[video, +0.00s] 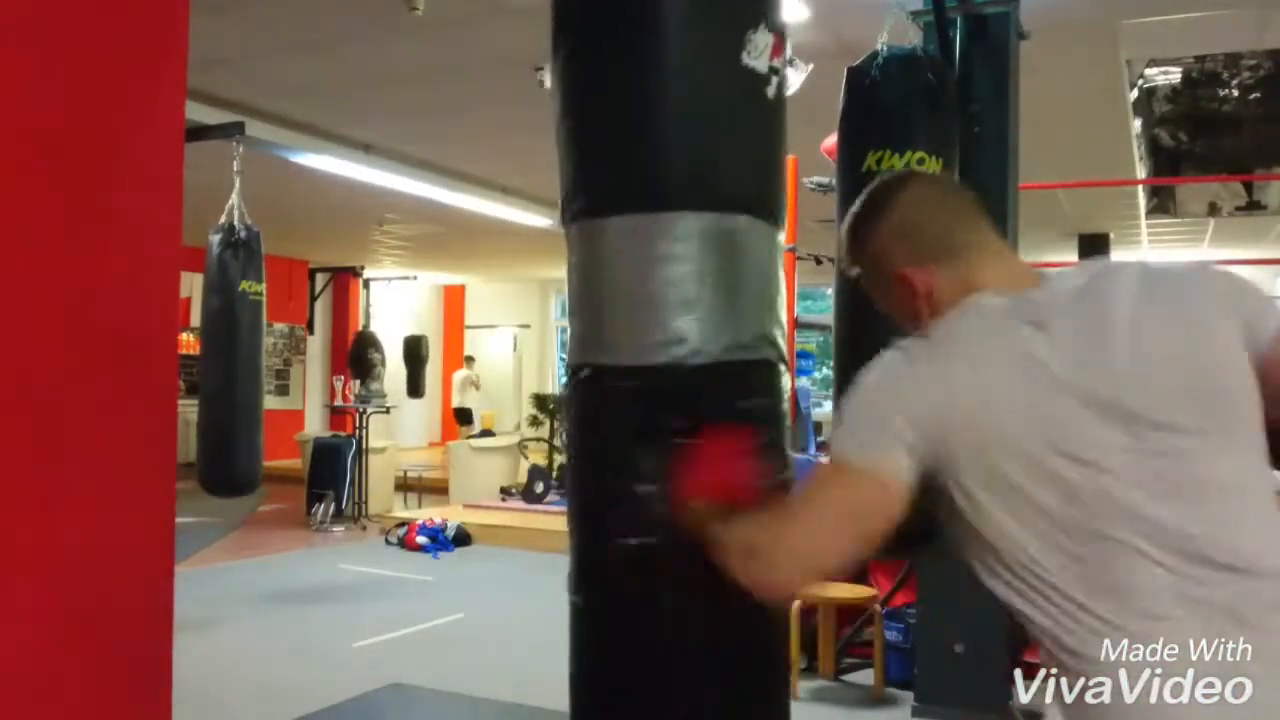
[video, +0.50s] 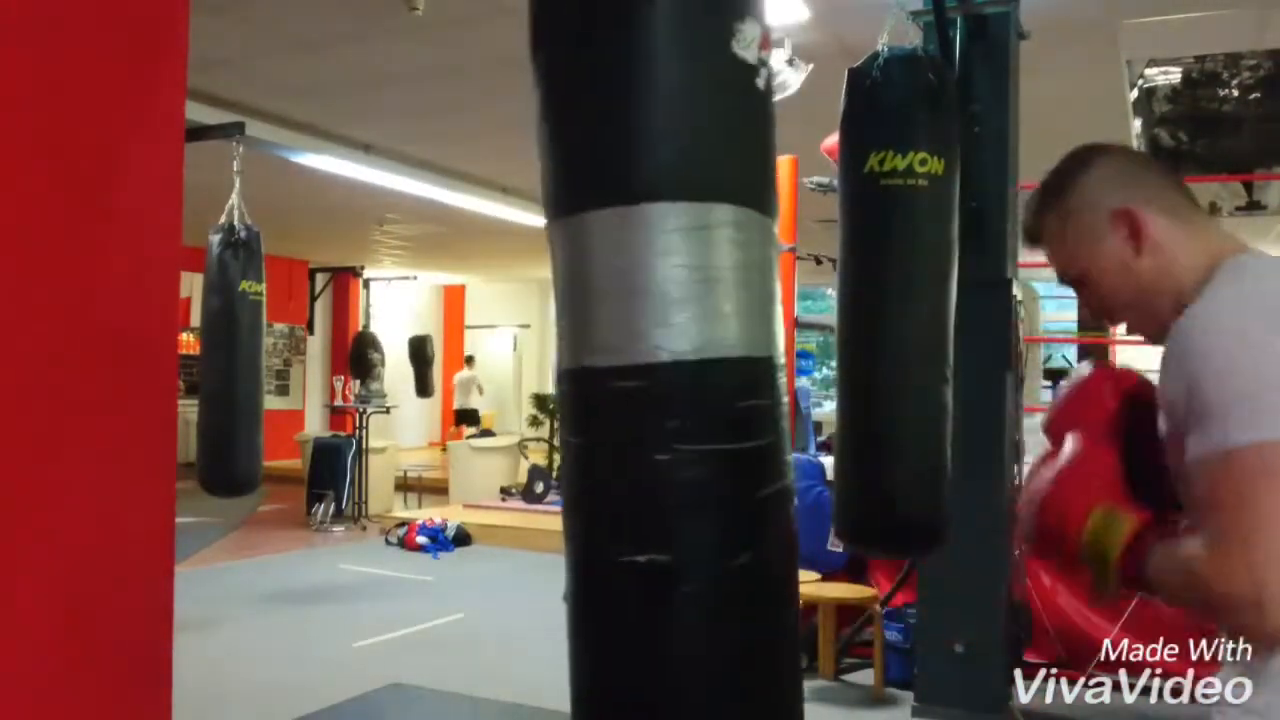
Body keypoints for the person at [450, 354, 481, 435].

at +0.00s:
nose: (473, 366)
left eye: (473, 363)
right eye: (472, 363)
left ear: (465, 362)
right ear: (470, 363)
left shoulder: (456, 374)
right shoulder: (468, 374)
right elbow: (477, 387)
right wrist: (478, 378)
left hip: (455, 404)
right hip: (464, 404)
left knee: (461, 428)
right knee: (469, 428)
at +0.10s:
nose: (472, 361)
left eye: (472, 359)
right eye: (471, 359)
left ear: (464, 358)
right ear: (469, 358)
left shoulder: (455, 369)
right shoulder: (468, 370)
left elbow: (454, 382)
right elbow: (478, 383)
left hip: (455, 399)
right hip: (465, 399)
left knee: (458, 423)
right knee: (467, 423)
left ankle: (460, 440)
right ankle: (463, 440)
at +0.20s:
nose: (472, 359)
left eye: (472, 356)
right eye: (471, 356)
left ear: (463, 355)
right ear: (468, 356)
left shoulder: (455, 366)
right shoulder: (469, 367)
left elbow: (455, 379)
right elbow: (477, 382)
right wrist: (474, 375)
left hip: (454, 396)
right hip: (465, 397)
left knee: (457, 420)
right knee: (469, 420)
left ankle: (453, 439)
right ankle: (464, 438)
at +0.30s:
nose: (471, 360)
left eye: (471, 358)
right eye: (470, 358)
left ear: (462, 358)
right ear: (469, 358)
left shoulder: (454, 369)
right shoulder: (469, 371)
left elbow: (454, 381)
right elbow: (476, 385)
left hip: (453, 400)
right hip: (465, 400)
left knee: (454, 423)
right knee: (472, 421)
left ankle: (451, 440)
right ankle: (468, 439)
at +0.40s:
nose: (471, 365)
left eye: (471, 362)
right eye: (471, 362)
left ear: (462, 362)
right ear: (470, 363)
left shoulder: (454, 375)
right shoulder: (470, 375)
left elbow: (454, 387)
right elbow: (477, 390)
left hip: (453, 405)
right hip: (466, 405)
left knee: (453, 426)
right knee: (474, 426)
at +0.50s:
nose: (474, 364)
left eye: (473, 362)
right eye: (473, 362)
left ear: (464, 362)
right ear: (471, 362)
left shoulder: (457, 375)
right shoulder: (473, 375)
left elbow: (453, 389)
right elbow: (481, 390)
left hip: (457, 407)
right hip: (470, 406)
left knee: (456, 427)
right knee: (476, 427)